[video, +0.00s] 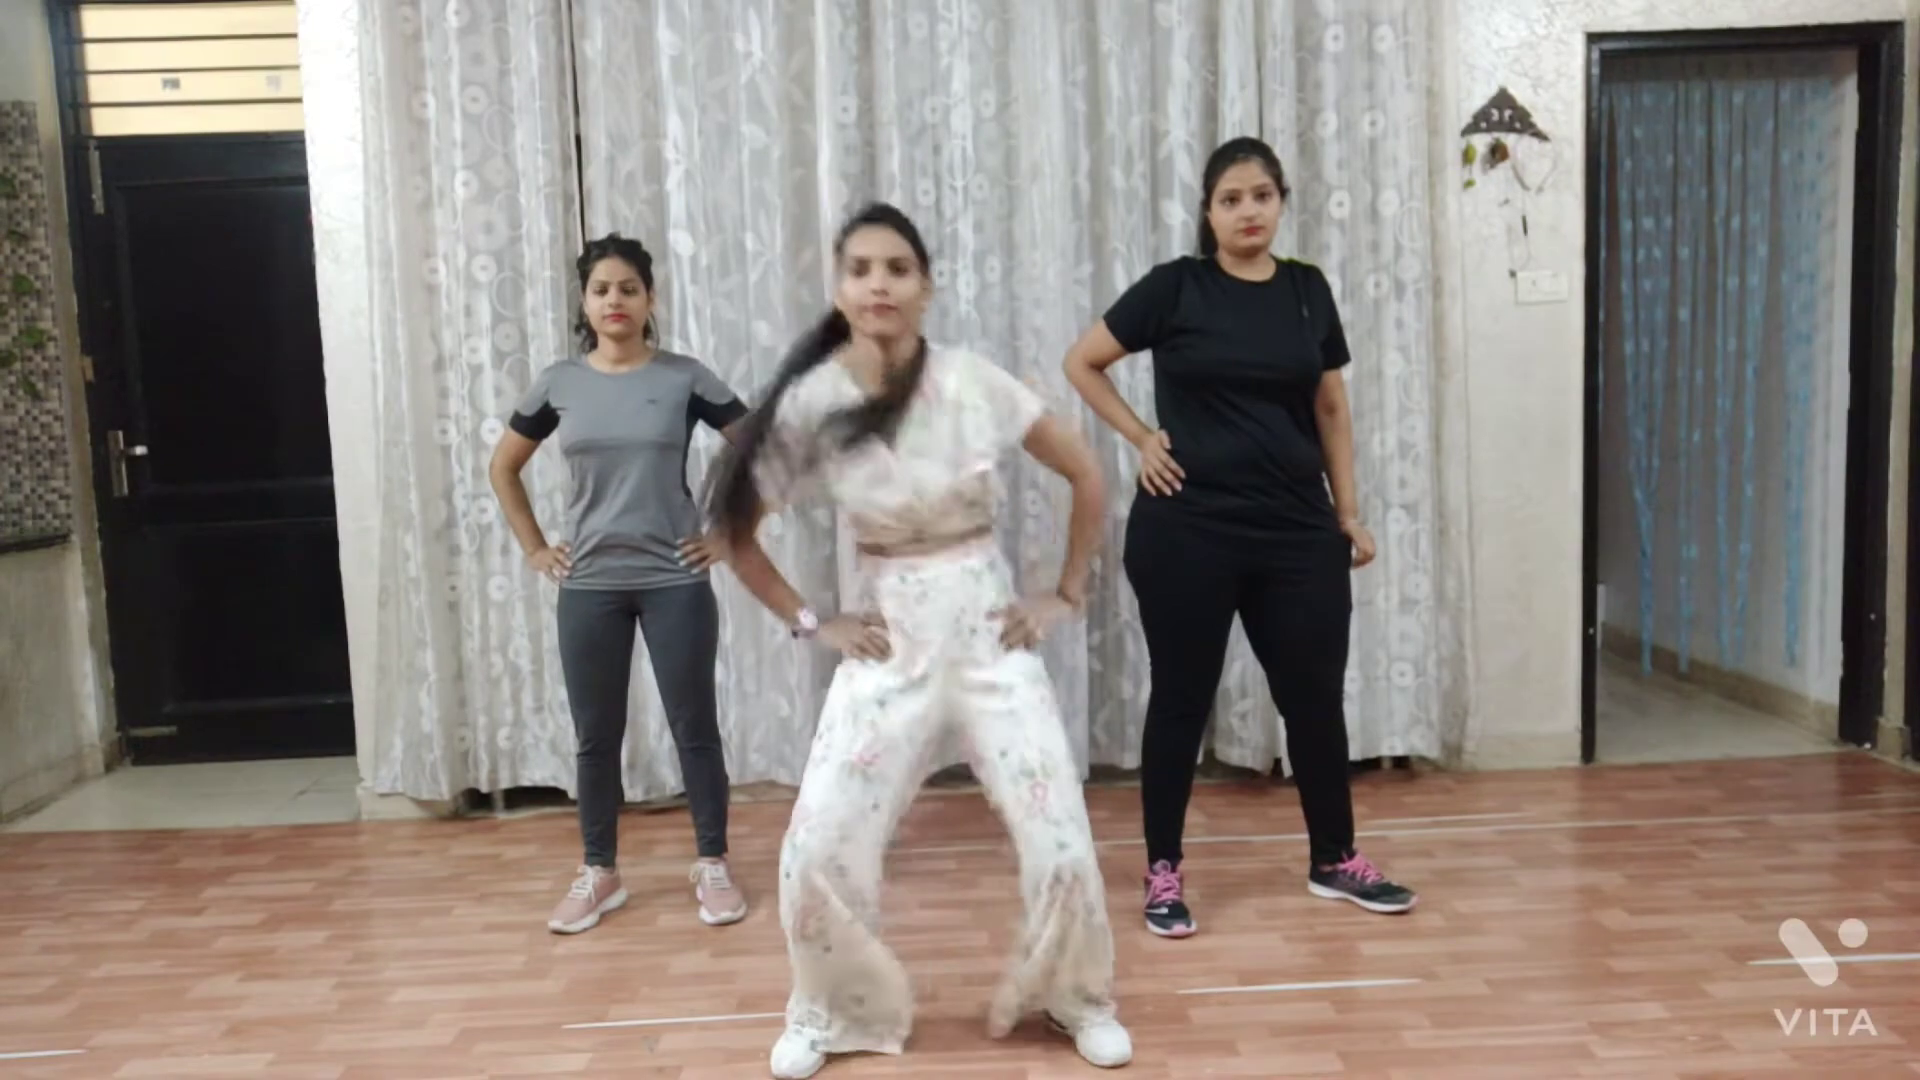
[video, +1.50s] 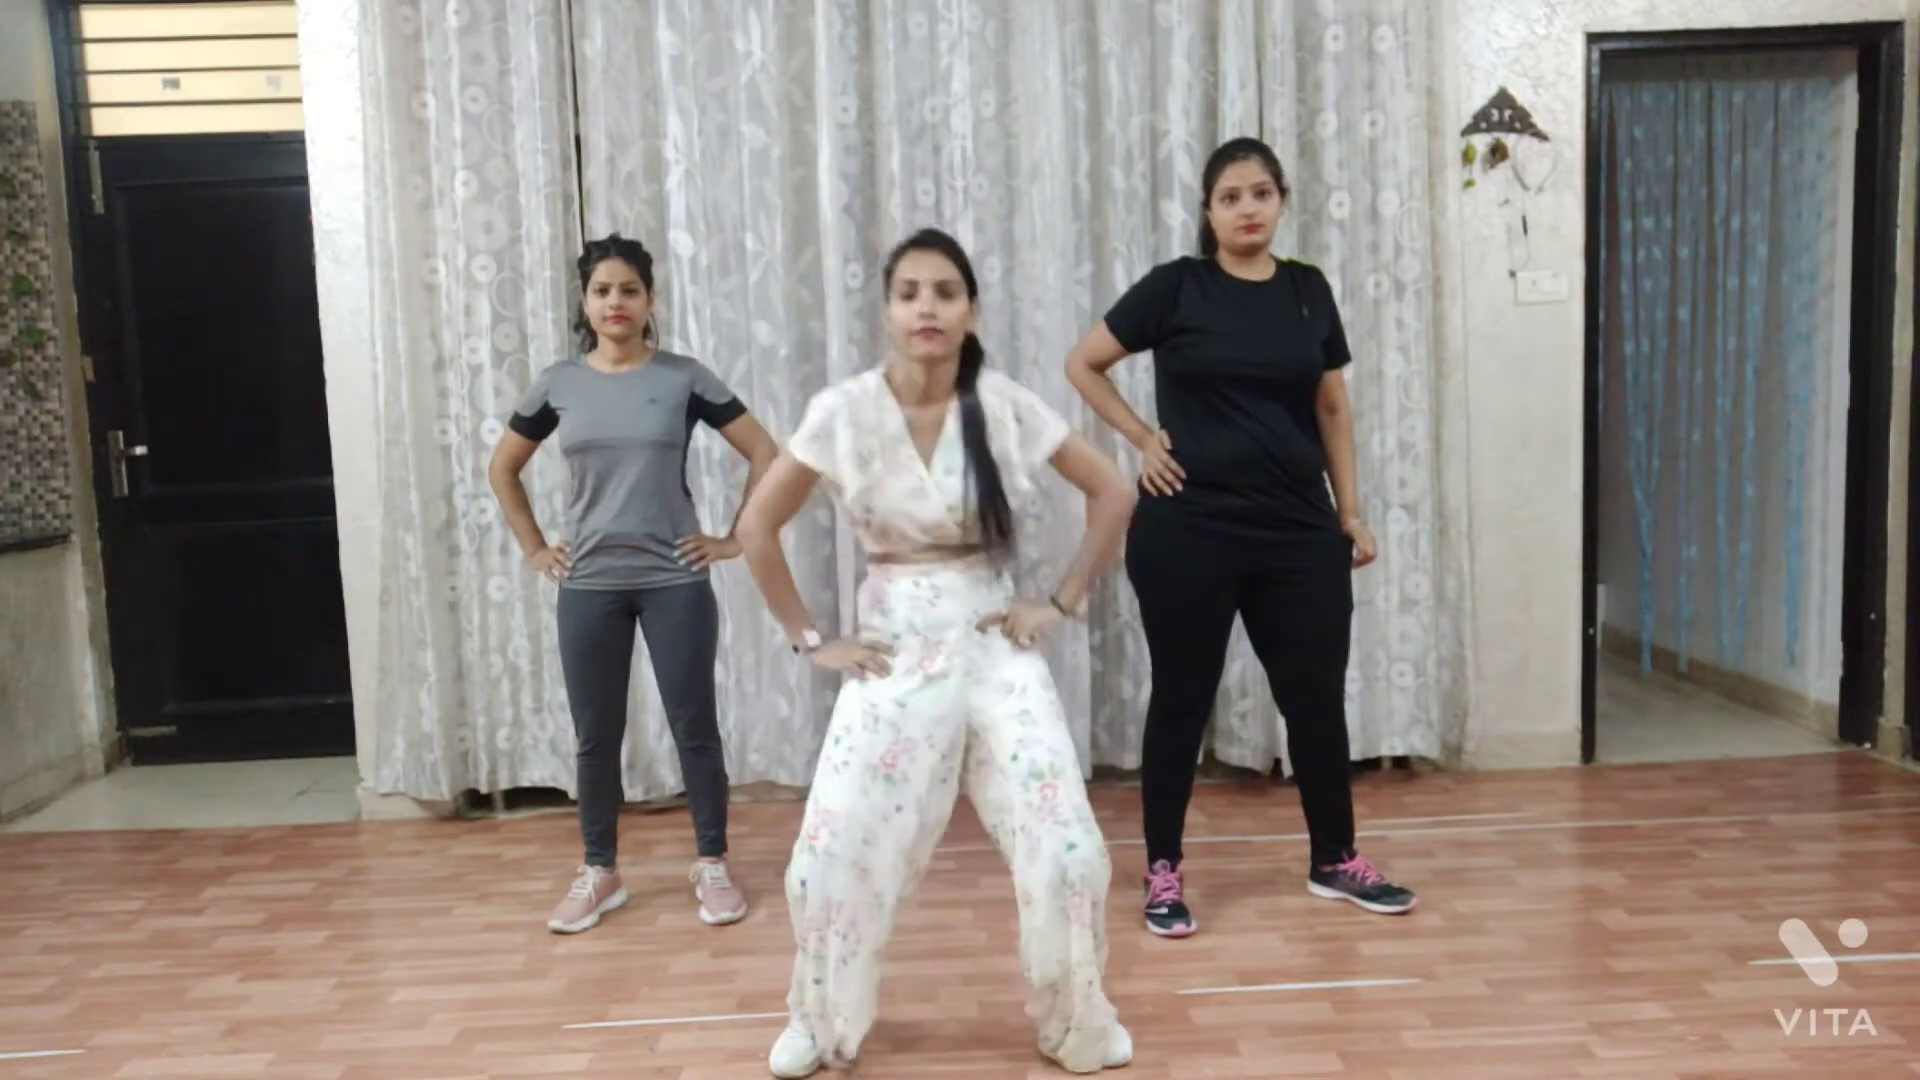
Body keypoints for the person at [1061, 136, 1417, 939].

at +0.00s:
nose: (1249, 211)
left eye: (1262, 196)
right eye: (1232, 198)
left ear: (1282, 204)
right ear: (1208, 209)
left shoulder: (1306, 289)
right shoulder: (1174, 288)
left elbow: (1333, 408)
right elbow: (1081, 363)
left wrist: (1348, 512)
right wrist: (1140, 436)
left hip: (1296, 529)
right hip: (1187, 527)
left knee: (1316, 699)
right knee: (1181, 699)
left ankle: (1335, 860)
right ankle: (1163, 870)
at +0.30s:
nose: (1249, 209)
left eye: (1263, 194)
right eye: (1233, 197)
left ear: (1284, 203)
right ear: (1209, 208)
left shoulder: (1309, 289)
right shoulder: (1175, 287)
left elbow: (1334, 409)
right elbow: (1091, 359)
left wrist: (1348, 512)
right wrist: (1134, 430)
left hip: (1298, 530)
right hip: (1189, 528)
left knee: (1317, 701)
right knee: (1180, 701)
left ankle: (1334, 861)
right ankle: (1164, 871)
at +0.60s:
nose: (1250, 209)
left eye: (1264, 194)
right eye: (1234, 196)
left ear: (1283, 203)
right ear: (1209, 208)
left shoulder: (1308, 289)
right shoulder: (1175, 288)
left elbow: (1334, 409)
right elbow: (1081, 365)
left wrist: (1349, 512)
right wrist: (1137, 439)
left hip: (1297, 529)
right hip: (1190, 527)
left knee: (1318, 700)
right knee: (1181, 702)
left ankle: (1336, 861)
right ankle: (1163, 869)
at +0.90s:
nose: (1249, 209)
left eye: (1262, 194)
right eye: (1232, 196)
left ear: (1283, 203)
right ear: (1208, 208)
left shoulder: (1307, 290)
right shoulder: (1175, 288)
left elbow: (1334, 408)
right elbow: (1073, 372)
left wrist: (1349, 510)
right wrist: (1140, 436)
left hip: (1297, 529)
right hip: (1189, 527)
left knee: (1318, 701)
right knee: (1181, 701)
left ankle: (1335, 860)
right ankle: (1163, 869)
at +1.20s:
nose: (1248, 209)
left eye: (1261, 194)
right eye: (1231, 196)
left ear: (1281, 203)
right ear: (1207, 208)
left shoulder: (1308, 289)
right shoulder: (1174, 289)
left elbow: (1335, 409)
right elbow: (1076, 369)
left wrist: (1349, 512)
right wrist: (1139, 434)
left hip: (1297, 529)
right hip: (1188, 527)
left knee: (1317, 700)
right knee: (1181, 702)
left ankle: (1336, 861)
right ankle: (1164, 871)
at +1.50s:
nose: (1249, 209)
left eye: (1262, 194)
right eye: (1232, 196)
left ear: (1282, 203)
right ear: (1208, 209)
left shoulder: (1307, 289)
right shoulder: (1175, 288)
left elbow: (1334, 408)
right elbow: (1082, 365)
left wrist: (1349, 512)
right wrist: (1143, 438)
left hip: (1296, 528)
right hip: (1188, 526)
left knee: (1317, 698)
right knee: (1182, 699)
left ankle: (1336, 860)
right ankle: (1163, 870)